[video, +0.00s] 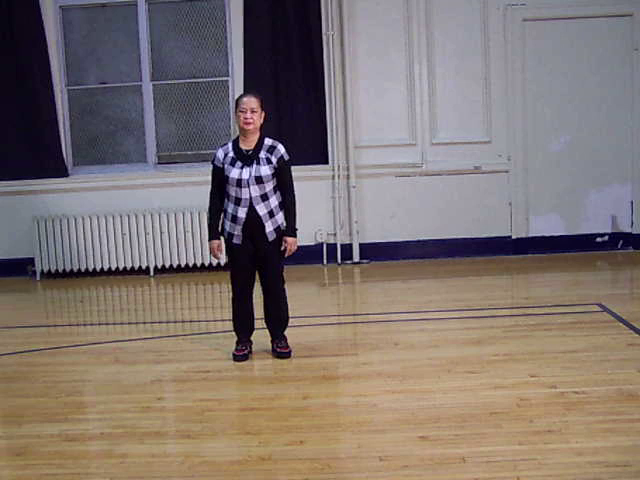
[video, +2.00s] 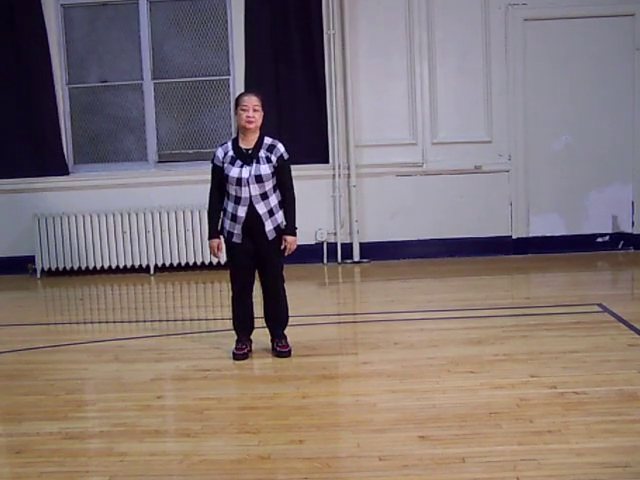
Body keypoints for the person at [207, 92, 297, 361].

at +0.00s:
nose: (247, 116)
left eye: (253, 111)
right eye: (242, 111)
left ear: (262, 116)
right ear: (235, 116)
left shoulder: (275, 150)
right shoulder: (223, 154)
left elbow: (288, 194)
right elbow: (216, 197)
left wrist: (291, 231)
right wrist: (214, 234)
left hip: (270, 231)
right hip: (237, 233)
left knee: (274, 286)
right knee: (241, 289)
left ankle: (279, 336)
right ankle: (243, 339)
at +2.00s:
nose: (250, 114)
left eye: (255, 110)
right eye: (244, 109)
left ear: (262, 115)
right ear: (236, 114)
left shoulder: (275, 149)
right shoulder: (223, 153)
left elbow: (287, 192)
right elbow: (216, 196)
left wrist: (290, 229)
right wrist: (214, 232)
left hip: (270, 230)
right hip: (237, 232)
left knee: (274, 284)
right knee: (241, 287)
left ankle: (279, 335)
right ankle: (243, 337)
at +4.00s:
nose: (244, 115)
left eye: (249, 110)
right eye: (238, 110)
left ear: (257, 115)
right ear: (231, 115)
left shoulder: (271, 150)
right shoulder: (219, 154)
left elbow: (284, 192)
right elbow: (212, 197)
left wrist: (287, 230)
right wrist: (210, 234)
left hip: (267, 230)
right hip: (233, 232)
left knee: (272, 285)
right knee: (239, 288)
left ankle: (278, 335)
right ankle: (242, 337)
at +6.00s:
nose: (254, 115)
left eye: (258, 111)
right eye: (248, 110)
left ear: (261, 115)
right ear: (233, 114)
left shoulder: (271, 149)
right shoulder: (220, 154)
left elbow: (285, 191)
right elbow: (213, 197)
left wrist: (289, 229)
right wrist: (212, 235)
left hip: (269, 231)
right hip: (235, 233)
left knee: (274, 285)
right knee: (240, 288)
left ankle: (279, 335)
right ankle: (243, 338)